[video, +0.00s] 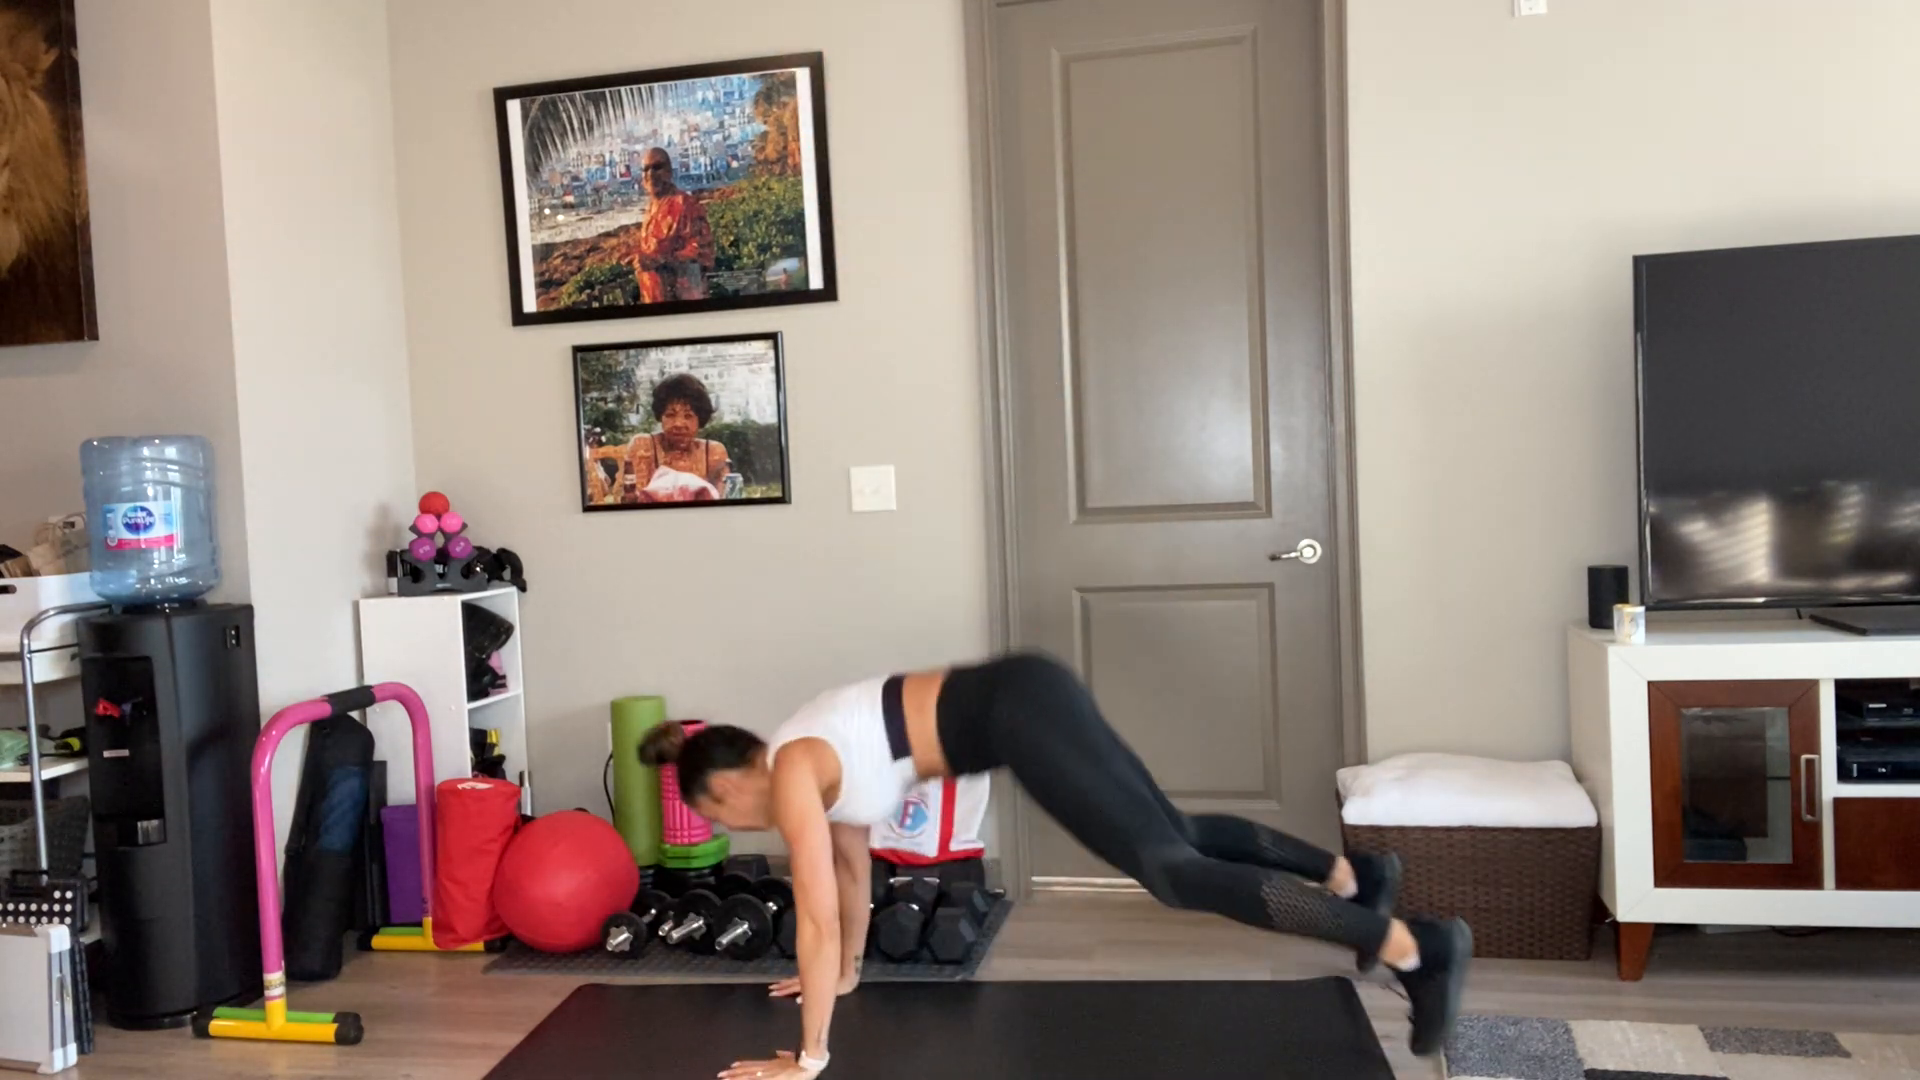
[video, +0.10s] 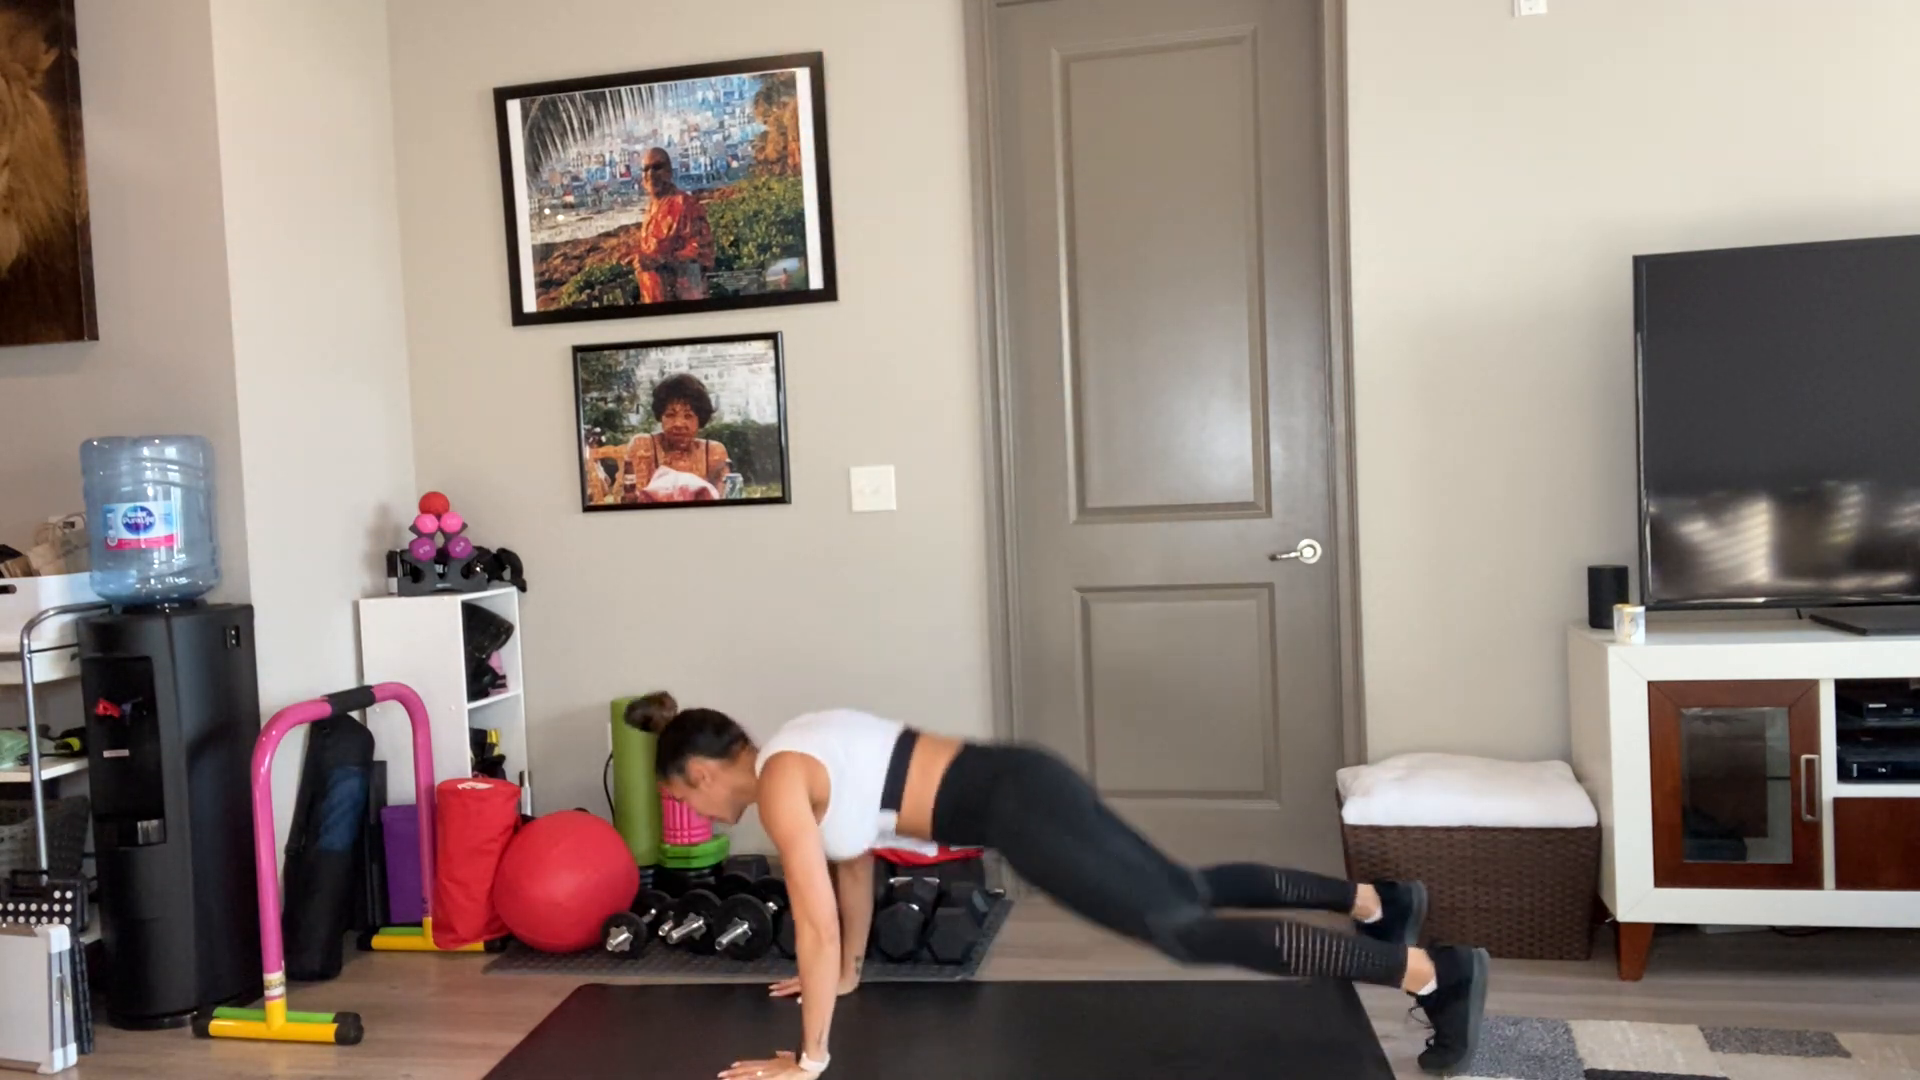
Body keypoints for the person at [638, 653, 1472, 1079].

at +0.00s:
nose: (722, 826)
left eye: (709, 813)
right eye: (707, 817)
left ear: (724, 782)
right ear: (738, 757)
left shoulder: (791, 775)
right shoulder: (819, 752)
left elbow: (821, 916)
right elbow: (851, 881)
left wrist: (812, 1050)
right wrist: (833, 967)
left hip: (1007, 712)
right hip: (1019, 697)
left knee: (1170, 871)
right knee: (1177, 836)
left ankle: (1408, 942)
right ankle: (1346, 877)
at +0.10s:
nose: (698, 809)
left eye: (691, 794)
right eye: (688, 798)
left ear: (710, 767)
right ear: (725, 752)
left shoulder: (780, 790)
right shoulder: (803, 750)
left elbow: (821, 929)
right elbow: (850, 888)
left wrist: (810, 1054)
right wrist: (839, 971)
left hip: (1008, 801)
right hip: (1014, 784)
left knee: (1179, 929)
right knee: (1187, 890)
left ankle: (1425, 971)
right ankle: (1367, 898)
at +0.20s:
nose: (684, 826)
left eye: (685, 811)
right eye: (677, 812)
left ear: (712, 789)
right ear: (723, 774)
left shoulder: (780, 814)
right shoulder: (804, 768)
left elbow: (836, 938)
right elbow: (867, 896)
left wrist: (814, 1057)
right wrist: (829, 971)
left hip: (994, 870)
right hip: (1007, 841)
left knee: (1178, 991)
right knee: (1184, 933)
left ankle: (1415, 976)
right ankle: (1365, 902)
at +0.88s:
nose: (666, 867)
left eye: (665, 853)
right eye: (662, 854)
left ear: (697, 838)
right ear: (711, 824)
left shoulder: (762, 879)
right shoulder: (780, 836)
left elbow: (838, 971)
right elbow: (850, 912)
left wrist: (810, 1061)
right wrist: (804, 970)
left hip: (961, 960)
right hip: (981, 912)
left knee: (1161, 1028)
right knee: (1172, 961)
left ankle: (1399, 978)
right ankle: (1352, 894)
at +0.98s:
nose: (677, 821)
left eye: (682, 804)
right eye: (673, 806)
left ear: (718, 791)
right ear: (724, 781)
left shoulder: (778, 839)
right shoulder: (796, 798)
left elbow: (834, 958)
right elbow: (866, 891)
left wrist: (812, 1059)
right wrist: (828, 960)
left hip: (979, 926)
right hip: (996, 885)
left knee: (1179, 1025)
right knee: (1179, 962)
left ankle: (1402, 971)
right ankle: (1347, 886)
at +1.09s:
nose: (690, 798)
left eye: (690, 781)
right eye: (685, 784)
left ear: (717, 760)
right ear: (736, 745)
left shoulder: (785, 802)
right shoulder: (812, 761)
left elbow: (824, 940)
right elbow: (867, 880)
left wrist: (815, 1055)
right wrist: (838, 968)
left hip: (994, 876)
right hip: (1013, 846)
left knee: (1169, 1016)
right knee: (1180, 961)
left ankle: (1393, 970)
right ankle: (1353, 901)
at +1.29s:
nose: (718, 803)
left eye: (709, 790)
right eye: (707, 794)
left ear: (729, 759)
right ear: (742, 739)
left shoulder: (798, 774)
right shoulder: (817, 748)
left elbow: (805, 913)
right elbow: (851, 876)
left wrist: (811, 1050)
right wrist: (842, 969)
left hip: (1028, 757)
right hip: (1039, 741)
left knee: (1175, 925)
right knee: (1190, 889)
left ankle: (1409, 972)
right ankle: (1373, 909)